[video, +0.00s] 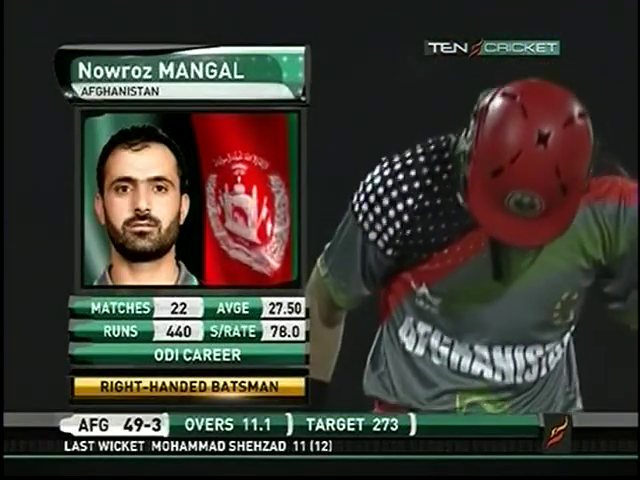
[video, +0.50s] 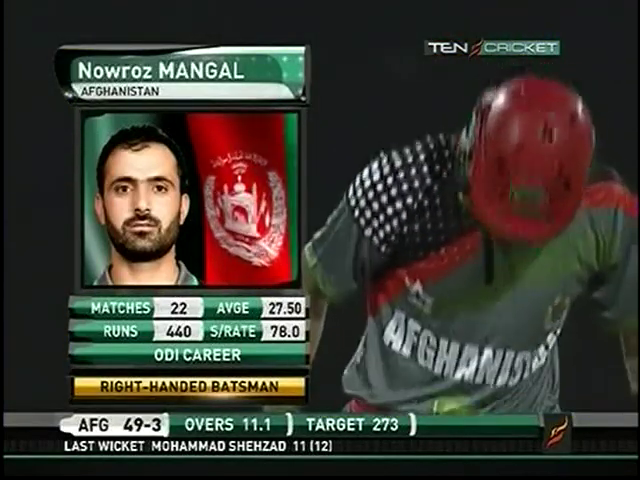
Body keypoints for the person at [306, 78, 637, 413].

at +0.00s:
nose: (517, 241)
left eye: (536, 224)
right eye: (501, 219)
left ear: (577, 183)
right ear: (471, 166)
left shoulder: (616, 209)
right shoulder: (399, 194)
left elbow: (630, 310)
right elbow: (326, 305)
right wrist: (307, 414)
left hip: (539, 427)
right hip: (413, 426)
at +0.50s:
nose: (518, 234)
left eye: (536, 221)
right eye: (505, 215)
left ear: (575, 183)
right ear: (473, 163)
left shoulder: (607, 214)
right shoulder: (398, 189)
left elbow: (634, 338)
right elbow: (312, 291)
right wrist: (278, 412)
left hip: (524, 438)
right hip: (390, 434)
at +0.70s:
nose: (533, 119)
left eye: (548, 101)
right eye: (516, 100)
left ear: (573, 92)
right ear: (473, 82)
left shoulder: (595, 193)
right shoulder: (393, 171)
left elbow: (628, 335)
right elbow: (309, 292)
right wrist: (274, 418)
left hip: (521, 447)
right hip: (387, 440)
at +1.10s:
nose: (492, 101)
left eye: (510, 82)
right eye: (470, 84)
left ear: (536, 98)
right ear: (433, 99)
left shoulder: (563, 237)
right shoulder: (369, 221)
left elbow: (588, 385)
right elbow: (295, 362)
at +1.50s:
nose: (443, 140)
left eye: (460, 120)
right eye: (420, 124)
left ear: (489, 126)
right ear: (388, 135)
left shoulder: (527, 248)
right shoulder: (336, 262)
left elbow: (557, 389)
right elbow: (301, 416)